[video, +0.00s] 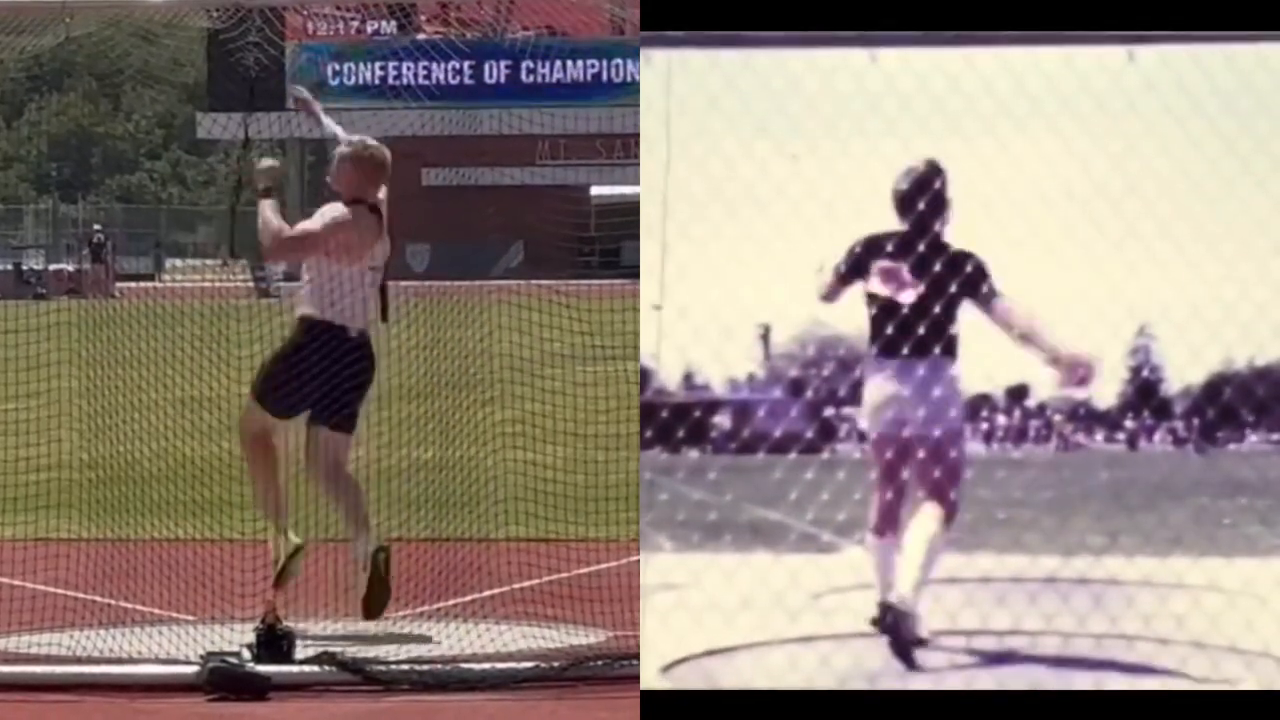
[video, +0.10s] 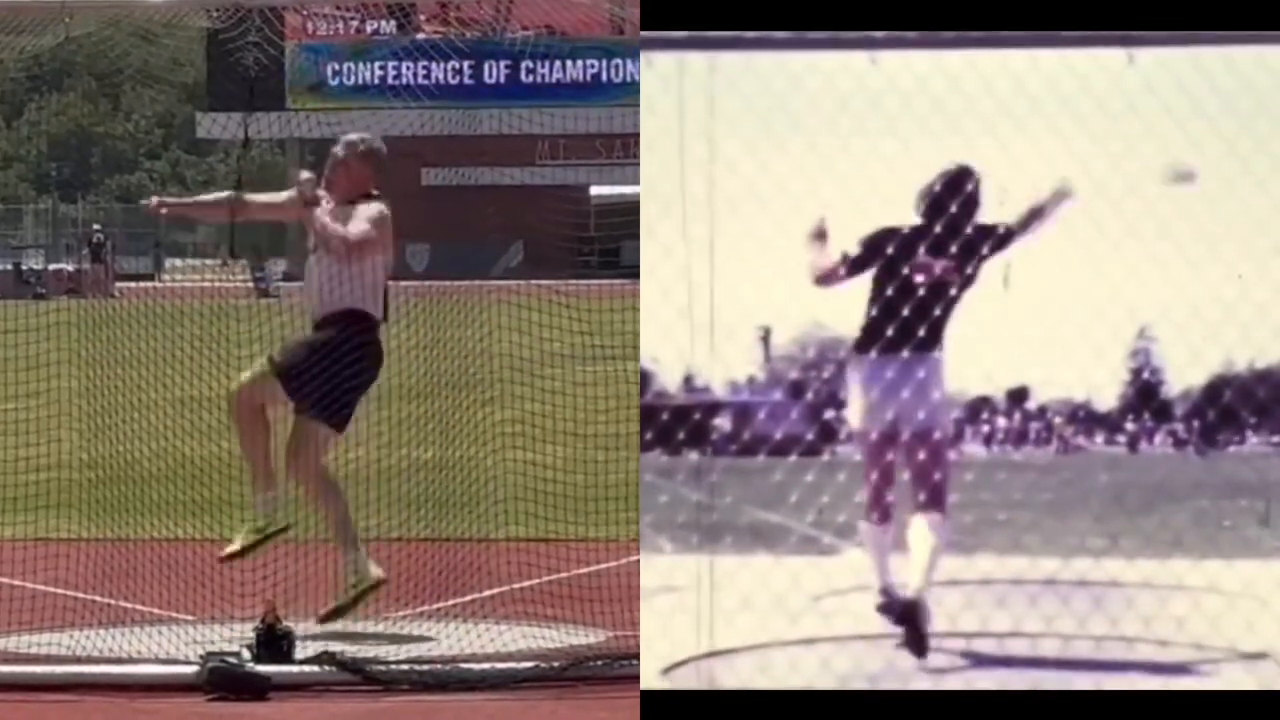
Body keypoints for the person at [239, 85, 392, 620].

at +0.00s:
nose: (332, 170)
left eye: (339, 164)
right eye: (336, 164)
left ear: (354, 175)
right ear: (374, 179)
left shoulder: (340, 217)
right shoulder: (376, 217)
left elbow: (276, 244)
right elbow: (351, 150)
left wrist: (265, 194)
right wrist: (316, 113)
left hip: (316, 340)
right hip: (355, 346)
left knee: (255, 431)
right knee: (328, 460)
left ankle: (281, 535)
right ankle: (368, 547)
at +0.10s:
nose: (331, 171)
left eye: (342, 164)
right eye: (333, 162)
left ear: (365, 175)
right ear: (333, 166)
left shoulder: (375, 212)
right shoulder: (315, 204)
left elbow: (344, 241)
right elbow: (241, 205)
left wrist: (313, 204)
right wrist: (175, 206)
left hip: (348, 339)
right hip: (339, 341)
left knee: (247, 397)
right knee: (305, 461)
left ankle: (268, 513)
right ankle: (359, 568)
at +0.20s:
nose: (323, 176)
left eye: (334, 170)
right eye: (318, 167)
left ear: (353, 179)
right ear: (308, 172)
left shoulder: (371, 220)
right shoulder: (284, 223)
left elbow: (409, 268)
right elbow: (247, 259)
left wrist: (357, 233)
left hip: (361, 336)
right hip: (308, 343)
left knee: (312, 366)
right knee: (307, 466)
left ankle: (285, 483)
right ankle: (306, 577)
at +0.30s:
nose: (331, 202)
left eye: (337, 194)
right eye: (322, 192)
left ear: (344, 201)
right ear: (297, 197)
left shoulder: (358, 241)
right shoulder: (274, 245)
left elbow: (419, 293)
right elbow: (277, 295)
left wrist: (400, 272)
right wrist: (324, 320)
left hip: (350, 366)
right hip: (299, 369)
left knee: (396, 356)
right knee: (289, 493)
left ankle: (373, 437)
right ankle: (276, 610)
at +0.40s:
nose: (343, 215)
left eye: (346, 206)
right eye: (334, 205)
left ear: (344, 208)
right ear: (305, 206)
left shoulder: (343, 249)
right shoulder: (282, 250)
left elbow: (378, 294)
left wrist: (424, 289)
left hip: (339, 372)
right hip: (291, 381)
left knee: (426, 350)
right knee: (290, 496)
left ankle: (484, 416)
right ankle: (277, 612)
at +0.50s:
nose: (366, 205)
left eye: (366, 196)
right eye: (360, 196)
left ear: (340, 197)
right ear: (332, 194)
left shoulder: (337, 240)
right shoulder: (307, 231)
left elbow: (360, 291)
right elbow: (373, 248)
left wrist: (422, 302)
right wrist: (446, 240)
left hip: (337, 355)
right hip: (293, 372)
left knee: (436, 355)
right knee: (306, 484)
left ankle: (530, 427)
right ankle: (276, 603)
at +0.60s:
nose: (388, 195)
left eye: (388, 187)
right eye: (382, 187)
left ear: (357, 190)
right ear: (358, 188)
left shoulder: (349, 230)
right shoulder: (337, 222)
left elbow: (345, 297)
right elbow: (421, 215)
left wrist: (384, 320)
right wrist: (479, 192)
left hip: (333, 349)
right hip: (295, 364)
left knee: (410, 366)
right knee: (334, 475)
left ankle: (470, 436)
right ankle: (292, 581)